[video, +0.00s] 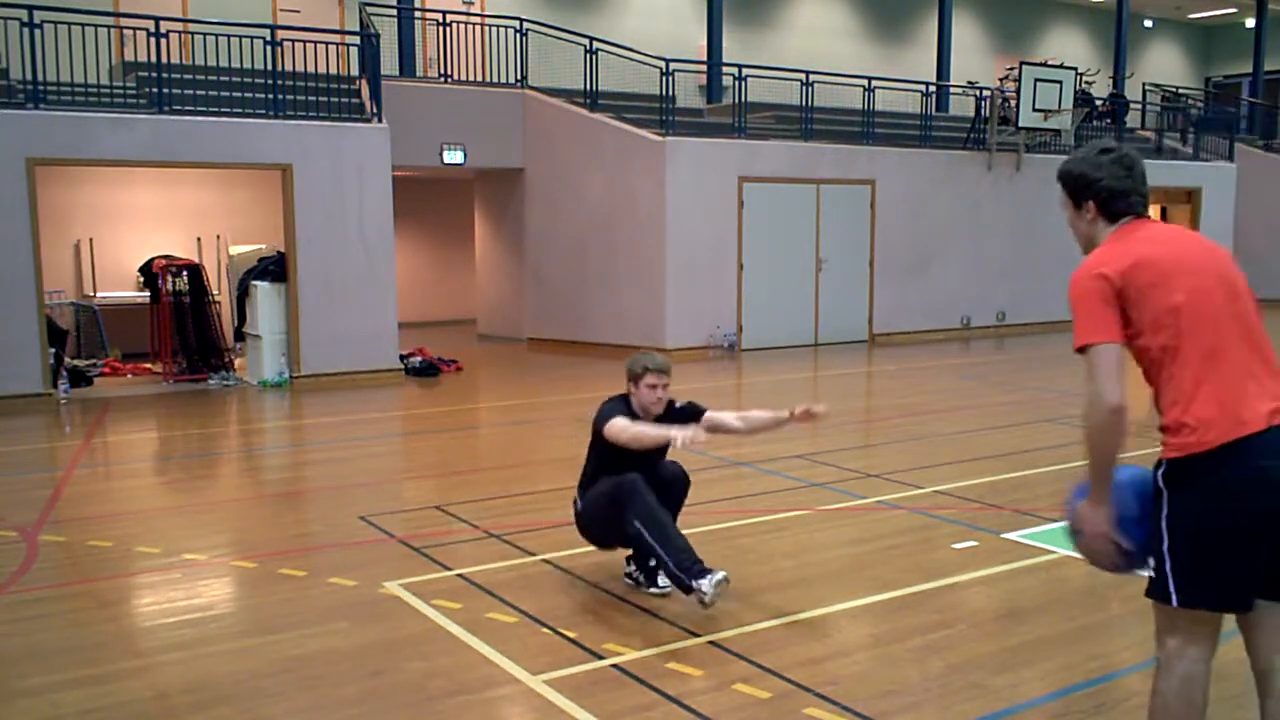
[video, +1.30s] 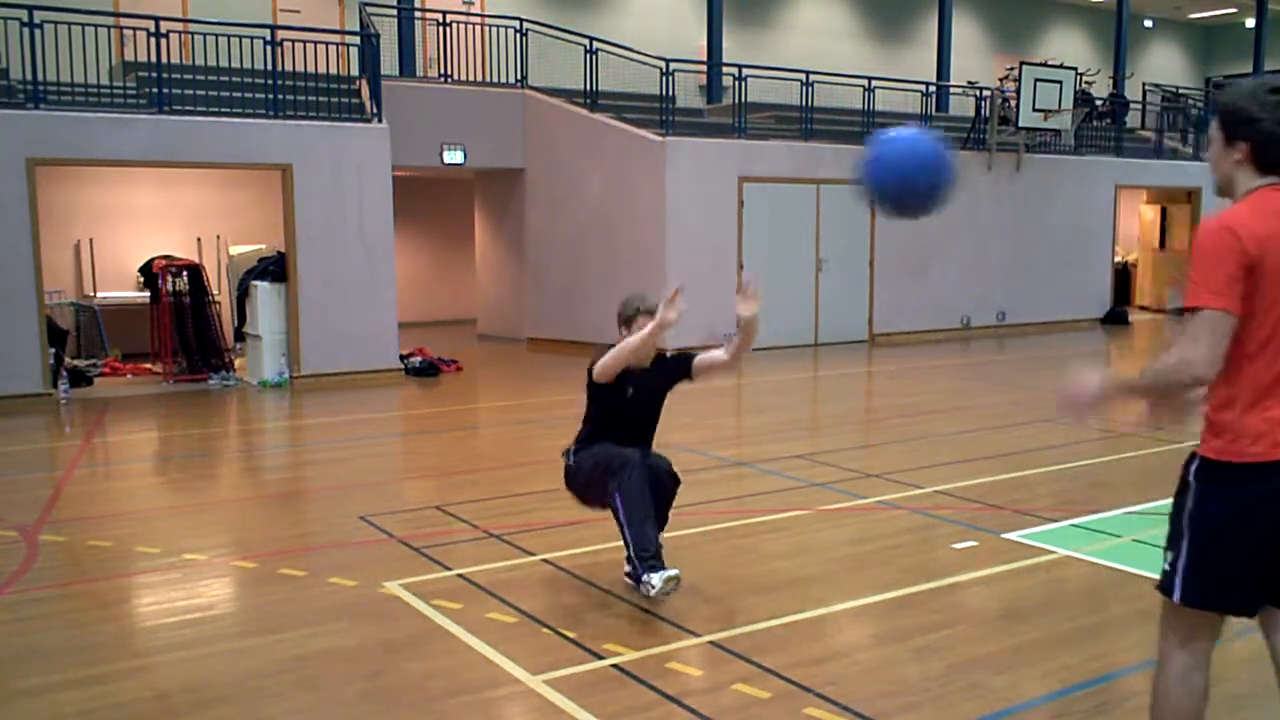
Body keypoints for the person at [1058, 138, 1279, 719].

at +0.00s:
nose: (1068, 223)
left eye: (1067, 209)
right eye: (1066, 209)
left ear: (1089, 207)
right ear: (1139, 200)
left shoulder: (1101, 270)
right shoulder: (1203, 245)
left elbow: (1111, 402)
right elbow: (1232, 369)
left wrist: (1099, 500)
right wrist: (1175, 471)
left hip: (1208, 463)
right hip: (1274, 447)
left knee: (1184, 646)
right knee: (1268, 625)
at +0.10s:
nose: (1065, 216)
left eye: (1065, 203)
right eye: (1064, 203)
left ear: (1082, 201)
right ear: (1136, 194)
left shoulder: (1092, 265)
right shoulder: (1196, 243)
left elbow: (1078, 400)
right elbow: (1212, 376)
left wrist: (1047, 473)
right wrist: (1133, 450)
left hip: (1196, 460)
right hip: (1266, 445)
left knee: (1177, 642)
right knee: (1261, 622)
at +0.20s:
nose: (1063, 206)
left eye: (1063, 192)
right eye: (1063, 193)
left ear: (1081, 193)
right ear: (1134, 187)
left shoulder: (1090, 259)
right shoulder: (1198, 242)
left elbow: (1049, 392)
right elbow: (1168, 369)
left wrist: (995, 422)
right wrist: (1073, 409)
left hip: (1187, 460)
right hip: (1263, 445)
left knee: (1173, 645)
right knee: (1258, 624)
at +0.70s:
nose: (1086, 167)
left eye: (1087, 154)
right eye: (1086, 154)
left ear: (1106, 157)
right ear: (1160, 155)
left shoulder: (1111, 234)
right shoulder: (1212, 224)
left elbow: (1107, 364)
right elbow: (1218, 353)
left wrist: (1046, 439)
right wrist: (1123, 416)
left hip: (1162, 459)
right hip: (1239, 452)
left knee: (1149, 634)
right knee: (1219, 614)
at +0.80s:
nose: (1096, 165)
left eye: (1098, 151)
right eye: (1097, 152)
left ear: (1119, 155)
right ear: (1169, 153)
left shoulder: (1124, 231)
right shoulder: (1225, 224)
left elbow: (1134, 361)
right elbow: (1240, 332)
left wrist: (1085, 458)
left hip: (1166, 463)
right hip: (1242, 455)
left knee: (1147, 631)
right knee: (1223, 616)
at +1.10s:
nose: (1158, 153)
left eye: (1162, 141)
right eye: (1160, 140)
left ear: (1184, 148)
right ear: (1234, 149)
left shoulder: (1179, 226)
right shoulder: (1269, 216)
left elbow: (1173, 357)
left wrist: (1118, 462)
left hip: (1198, 462)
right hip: (1265, 456)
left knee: (1168, 636)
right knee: (1259, 617)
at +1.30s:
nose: (1206, 153)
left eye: (1211, 140)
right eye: (1209, 140)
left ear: (1237, 148)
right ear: (1260, 149)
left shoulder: (1233, 228)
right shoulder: (1263, 221)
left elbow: (1200, 360)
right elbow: (1260, 347)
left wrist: (1111, 384)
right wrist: (1187, 391)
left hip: (1239, 462)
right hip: (1271, 457)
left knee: (1186, 639)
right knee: (1276, 619)